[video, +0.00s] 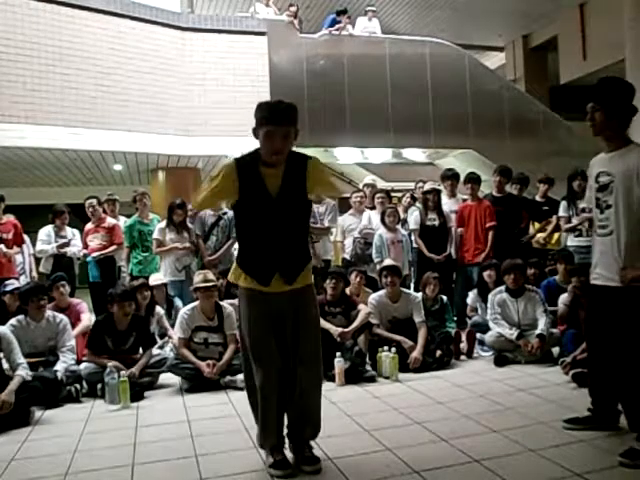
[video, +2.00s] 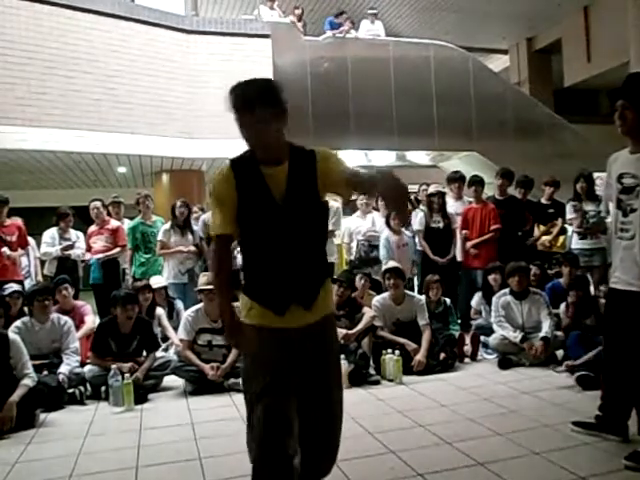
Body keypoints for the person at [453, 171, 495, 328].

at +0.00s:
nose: (470, 188)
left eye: (473, 185)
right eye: (467, 184)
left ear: (479, 186)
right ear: (464, 186)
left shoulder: (486, 206)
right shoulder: (462, 208)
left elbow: (491, 229)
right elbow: (458, 230)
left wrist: (486, 251)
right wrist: (457, 251)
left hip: (479, 256)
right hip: (464, 256)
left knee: (479, 292)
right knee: (461, 293)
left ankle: (480, 321)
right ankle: (461, 323)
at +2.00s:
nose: (473, 190)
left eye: (476, 187)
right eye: (471, 187)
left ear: (482, 189)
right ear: (468, 189)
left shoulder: (490, 208)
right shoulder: (467, 210)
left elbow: (495, 230)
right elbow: (463, 230)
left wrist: (472, 242)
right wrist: (467, 245)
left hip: (485, 258)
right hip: (470, 257)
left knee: (484, 292)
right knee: (468, 292)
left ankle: (486, 320)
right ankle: (467, 322)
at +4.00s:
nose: (475, 190)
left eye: (479, 187)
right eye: (473, 187)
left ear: (484, 189)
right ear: (469, 189)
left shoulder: (491, 208)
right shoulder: (469, 210)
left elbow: (486, 230)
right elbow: (461, 231)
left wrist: (468, 232)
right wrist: (473, 228)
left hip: (486, 259)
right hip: (470, 259)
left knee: (486, 296)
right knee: (465, 296)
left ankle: (487, 325)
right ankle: (465, 326)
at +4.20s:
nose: (476, 190)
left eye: (479, 187)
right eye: (473, 187)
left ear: (484, 188)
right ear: (470, 189)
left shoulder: (491, 208)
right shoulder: (468, 210)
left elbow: (488, 230)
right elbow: (461, 231)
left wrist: (469, 233)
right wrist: (472, 228)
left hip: (486, 259)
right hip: (470, 259)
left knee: (486, 296)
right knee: (465, 297)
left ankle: (487, 325)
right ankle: (465, 326)